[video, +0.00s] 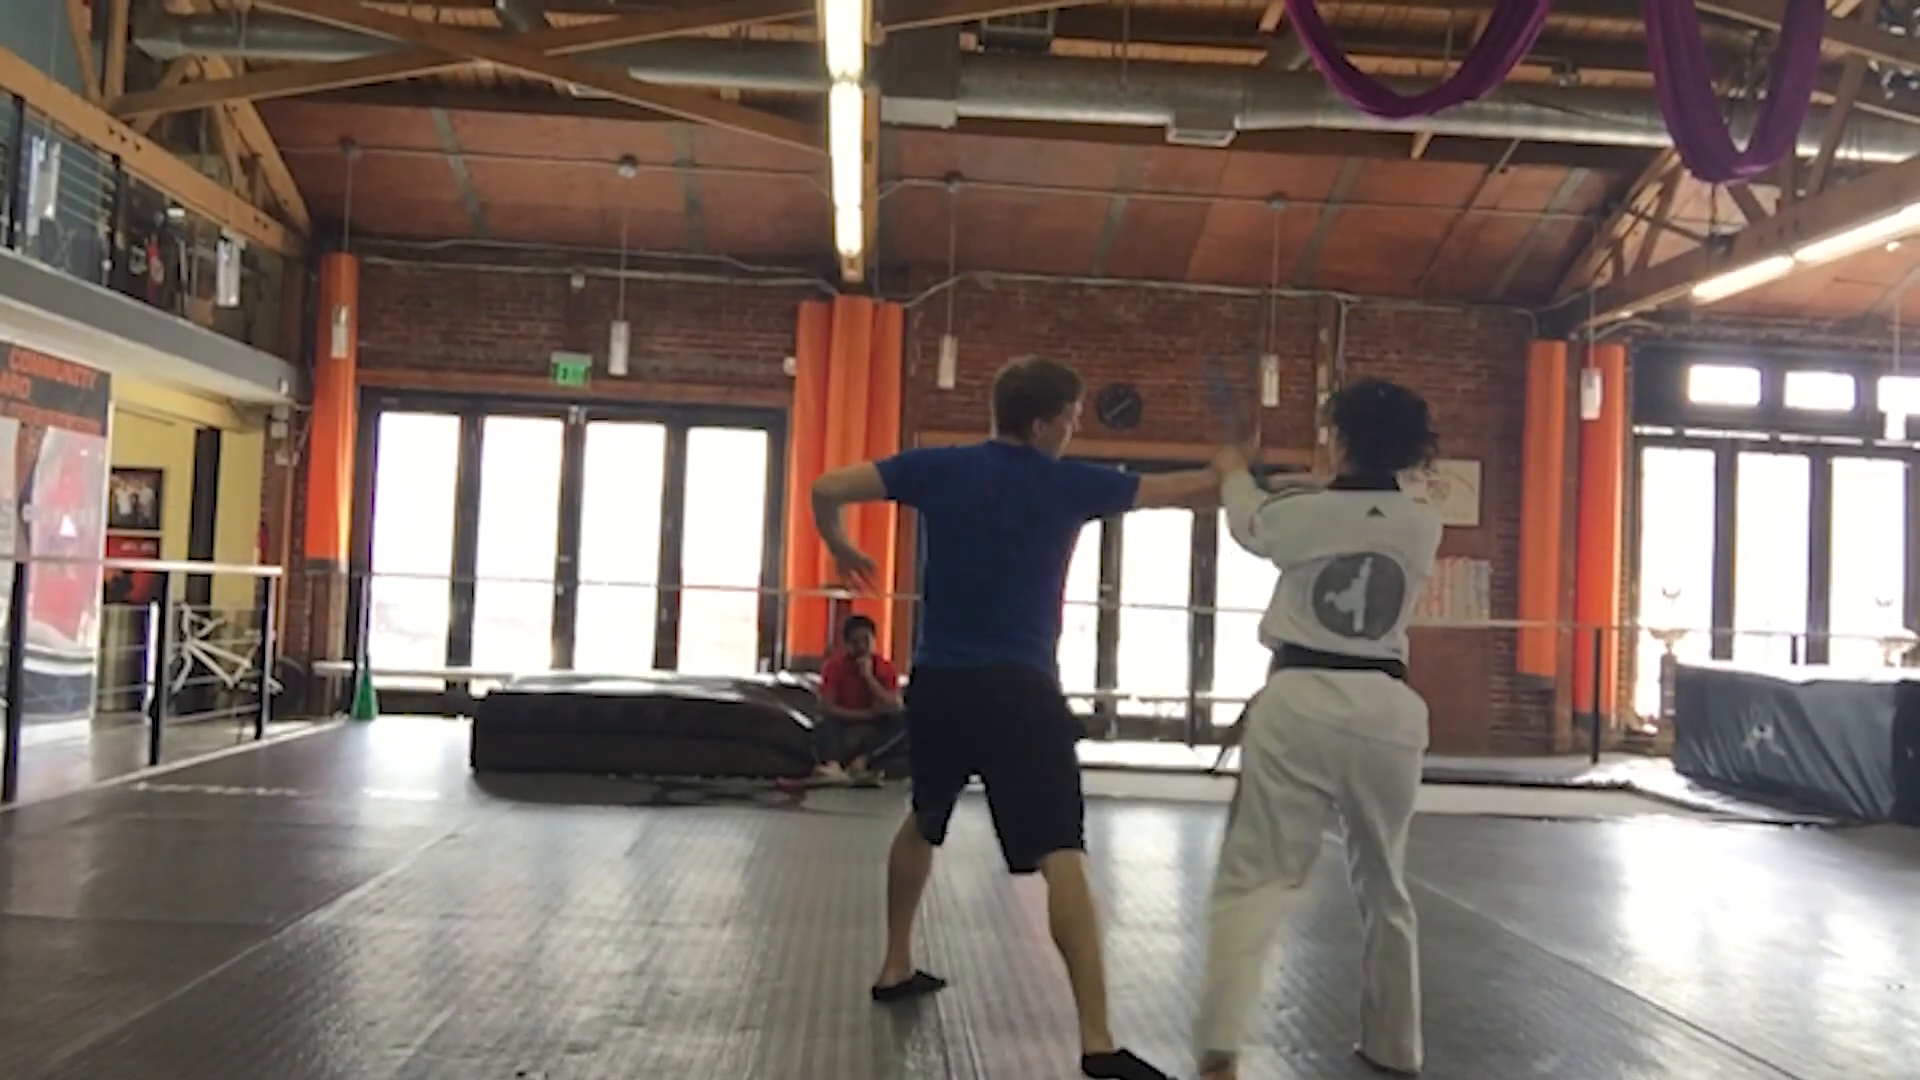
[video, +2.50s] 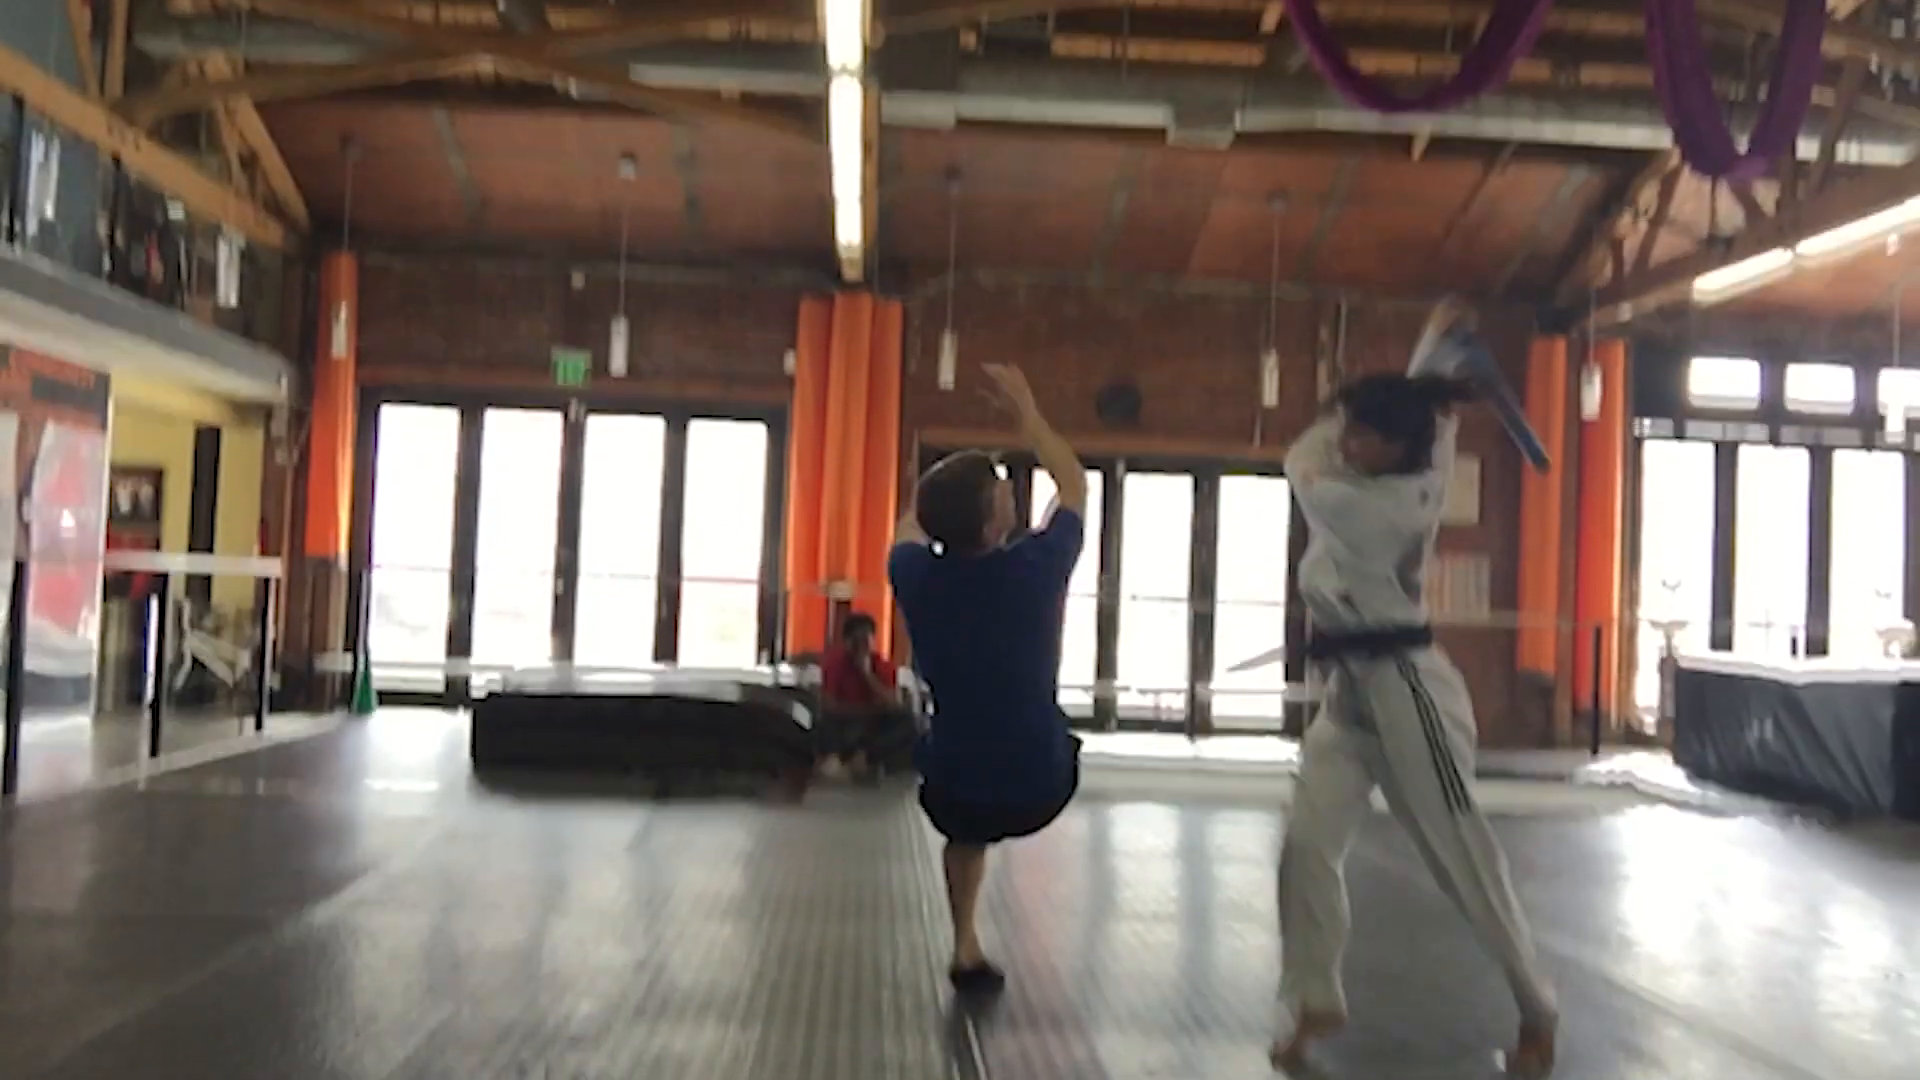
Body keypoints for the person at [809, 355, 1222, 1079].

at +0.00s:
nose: (1073, 430)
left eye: (1074, 420)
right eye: (1071, 419)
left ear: (998, 415)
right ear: (1052, 421)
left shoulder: (941, 467)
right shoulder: (1067, 483)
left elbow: (829, 487)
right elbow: (1178, 488)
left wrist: (839, 549)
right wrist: (1241, 468)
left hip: (937, 686)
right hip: (1023, 692)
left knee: (922, 819)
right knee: (1064, 859)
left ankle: (894, 967)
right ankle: (1098, 1045)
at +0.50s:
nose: (1127, 470)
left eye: (1129, 458)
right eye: (1124, 455)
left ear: (1054, 441)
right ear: (1087, 443)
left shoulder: (970, 470)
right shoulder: (1093, 501)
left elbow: (874, 511)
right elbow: (1193, 560)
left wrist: (814, 589)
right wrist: (1247, 571)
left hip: (943, 694)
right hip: (1021, 698)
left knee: (950, 825)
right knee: (1101, 872)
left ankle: (899, 972)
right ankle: (1090, 1061)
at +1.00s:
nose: (1141, 413)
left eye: (1139, 403)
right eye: (1138, 405)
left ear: (1064, 406)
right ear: (1125, 415)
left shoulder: (1020, 449)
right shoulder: (1135, 492)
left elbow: (929, 416)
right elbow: (1215, 562)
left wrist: (857, 392)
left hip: (951, 662)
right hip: (1035, 681)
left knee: (925, 807)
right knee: (1082, 864)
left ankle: (900, 962)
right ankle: (1119, 1037)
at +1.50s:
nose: (1146, 481)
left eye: (1153, 470)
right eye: (1150, 466)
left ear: (1094, 430)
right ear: (1126, 440)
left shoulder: (1014, 457)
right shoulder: (1122, 506)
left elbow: (908, 500)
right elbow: (1204, 614)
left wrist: (903, 568)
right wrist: (1202, 660)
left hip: (971, 688)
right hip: (1056, 702)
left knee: (952, 818)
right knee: (1111, 872)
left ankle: (906, 969)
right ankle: (1113, 1060)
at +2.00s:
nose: (1076, 443)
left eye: (1078, 434)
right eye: (1079, 433)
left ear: (1009, 412)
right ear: (1067, 427)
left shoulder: (950, 471)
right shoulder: (1084, 503)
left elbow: (896, 560)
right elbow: (1101, 600)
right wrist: (1044, 573)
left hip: (962, 693)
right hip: (1048, 699)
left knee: (965, 826)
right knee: (1082, 836)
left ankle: (970, 970)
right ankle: (1098, 963)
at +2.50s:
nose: (1009, 492)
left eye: (1001, 487)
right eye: (1001, 490)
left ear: (935, 526)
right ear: (991, 521)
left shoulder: (915, 577)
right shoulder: (1039, 567)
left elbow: (909, 528)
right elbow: (1074, 487)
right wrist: (1030, 414)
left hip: (958, 795)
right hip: (1042, 793)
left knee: (965, 826)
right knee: (1032, 720)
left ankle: (966, 945)